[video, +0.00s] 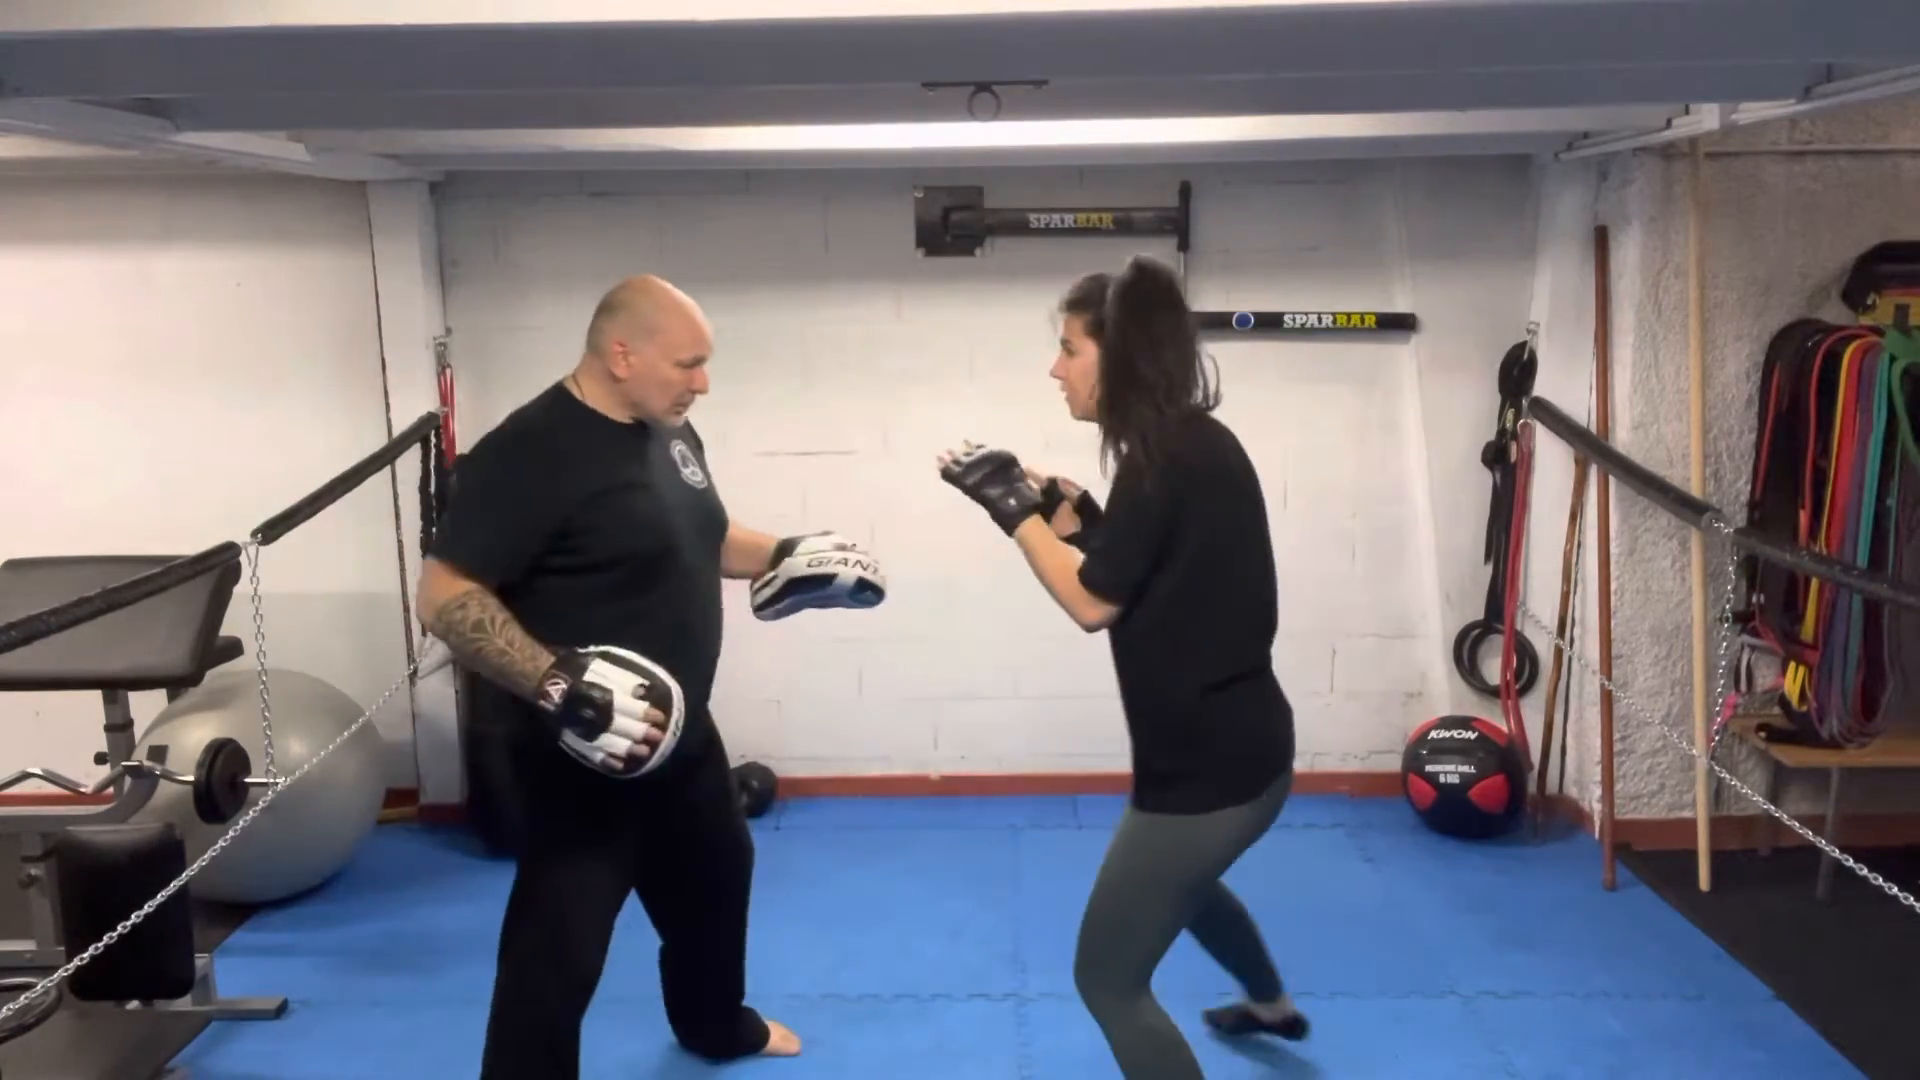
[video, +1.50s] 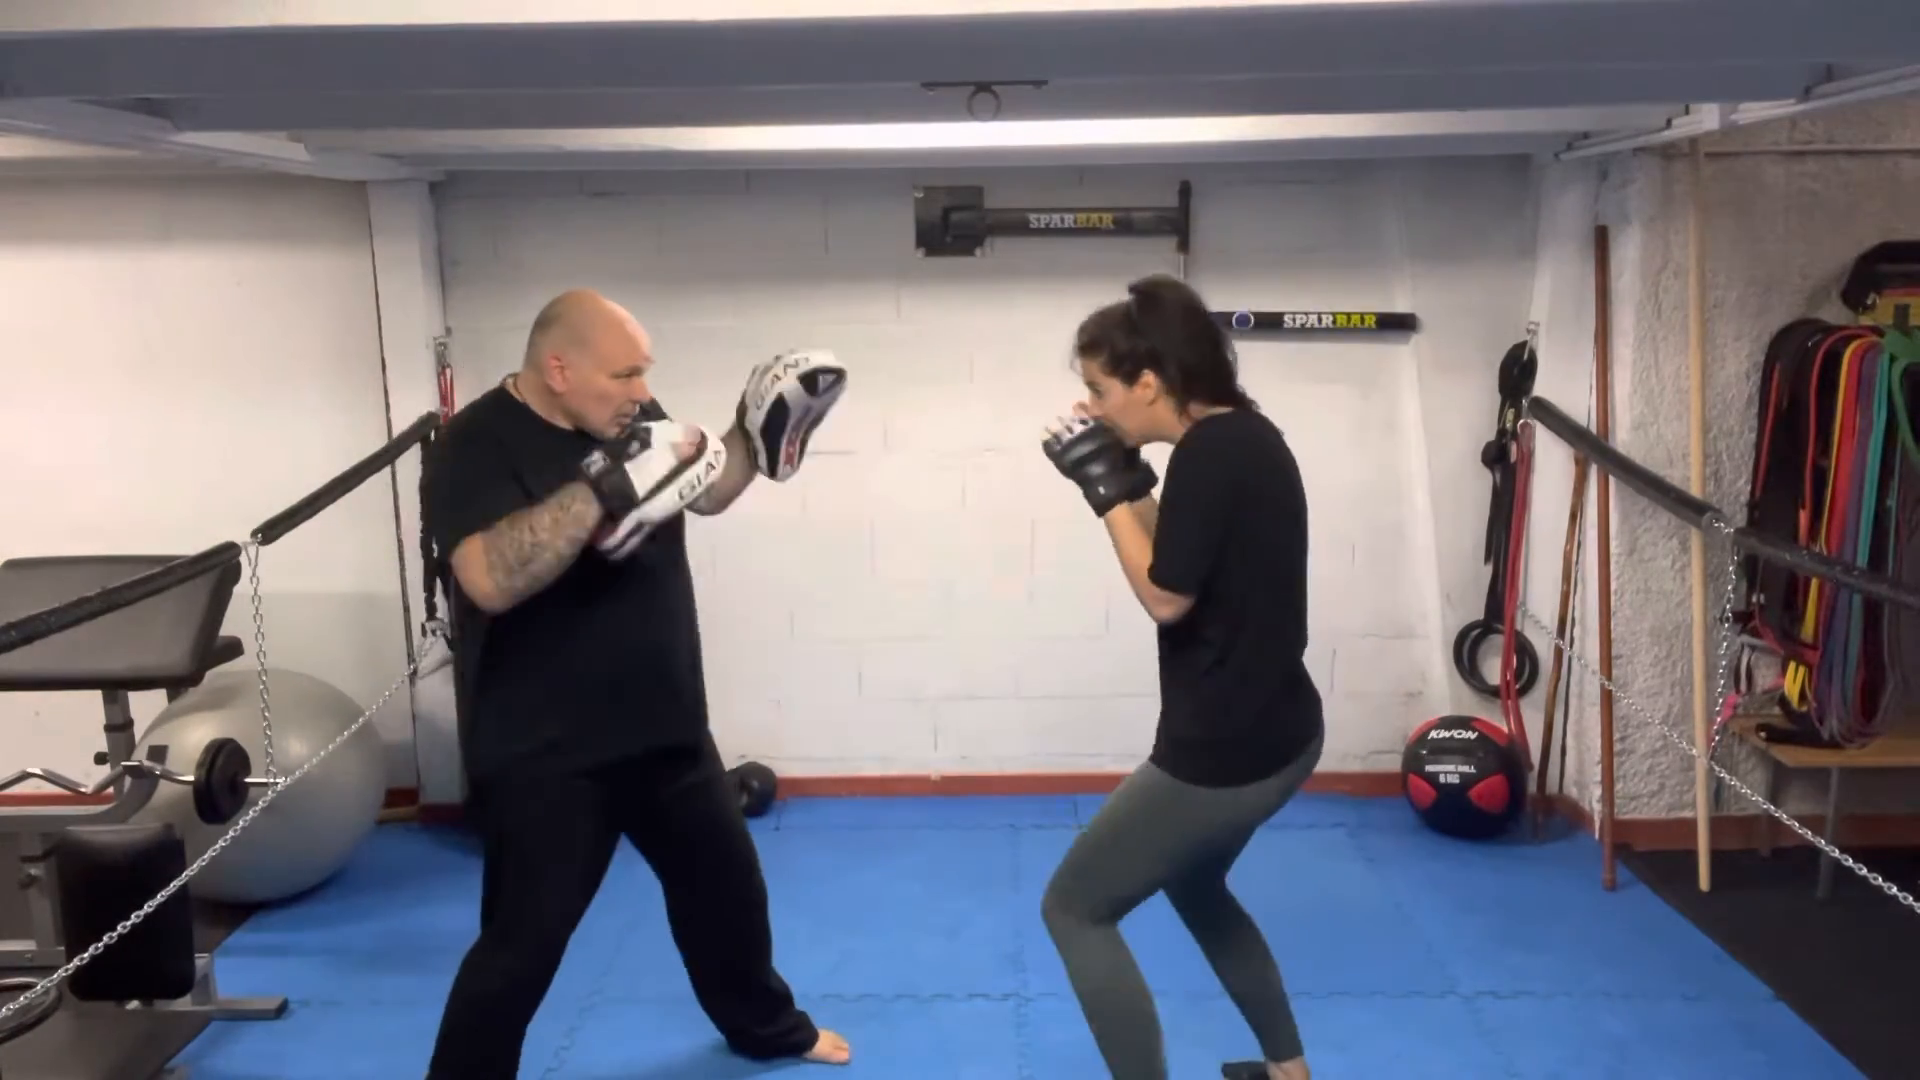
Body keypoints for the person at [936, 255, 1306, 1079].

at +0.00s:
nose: (1056, 369)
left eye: (1069, 349)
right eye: (1059, 349)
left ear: (1119, 353)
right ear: (1142, 354)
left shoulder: (1159, 460)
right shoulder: (1208, 446)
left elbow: (1092, 601)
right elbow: (1171, 582)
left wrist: (1017, 512)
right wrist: (1087, 522)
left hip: (1197, 779)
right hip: (1249, 757)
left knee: (1108, 979)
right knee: (1176, 879)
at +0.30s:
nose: (1124, 364)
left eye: (1134, 344)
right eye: (1125, 344)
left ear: (1184, 346)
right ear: (1203, 342)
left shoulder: (1235, 443)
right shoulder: (1274, 425)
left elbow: (1234, 603)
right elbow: (1241, 557)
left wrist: (1117, 560)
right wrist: (1162, 492)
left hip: (1287, 752)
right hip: (1342, 717)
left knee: (1189, 944)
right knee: (1332, 891)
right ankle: (1408, 1059)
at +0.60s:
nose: (1181, 323)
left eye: (1201, 311)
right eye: (1188, 306)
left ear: (1248, 332)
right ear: (1251, 334)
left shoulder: (1257, 437)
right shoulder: (1297, 421)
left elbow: (1216, 591)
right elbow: (1249, 561)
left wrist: (1120, 511)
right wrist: (1174, 476)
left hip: (1306, 741)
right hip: (1357, 712)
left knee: (1222, 947)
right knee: (1343, 886)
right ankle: (1411, 1060)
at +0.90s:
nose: (1117, 356)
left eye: (1128, 335)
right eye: (1119, 336)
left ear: (1183, 336)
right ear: (1189, 332)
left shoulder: (1208, 431)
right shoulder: (1280, 416)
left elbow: (1137, 565)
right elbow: (1216, 530)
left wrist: (1092, 453)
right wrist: (1141, 442)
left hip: (1256, 755)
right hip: (1326, 720)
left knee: (1187, 955)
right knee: (1267, 873)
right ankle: (1363, 1046)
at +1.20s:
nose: (1099, 379)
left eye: (1108, 358)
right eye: (1100, 359)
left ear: (1163, 355)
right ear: (1165, 356)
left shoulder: (1222, 445)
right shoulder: (1254, 430)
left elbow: (1185, 595)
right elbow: (1219, 571)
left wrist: (1107, 500)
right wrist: (1141, 498)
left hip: (1240, 753)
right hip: (1279, 733)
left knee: (1153, 948)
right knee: (1209, 897)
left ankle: (1214, 1076)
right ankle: (1281, 1066)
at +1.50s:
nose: (1090, 406)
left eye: (1096, 388)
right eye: (1088, 389)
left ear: (1149, 383)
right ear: (1157, 378)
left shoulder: (1207, 455)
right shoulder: (1252, 440)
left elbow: (1166, 597)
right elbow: (1180, 567)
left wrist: (1108, 492)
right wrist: (1117, 478)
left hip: (1218, 757)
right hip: (1280, 735)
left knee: (1073, 907)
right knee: (1194, 885)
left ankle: (1142, 1075)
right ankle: (1288, 1065)